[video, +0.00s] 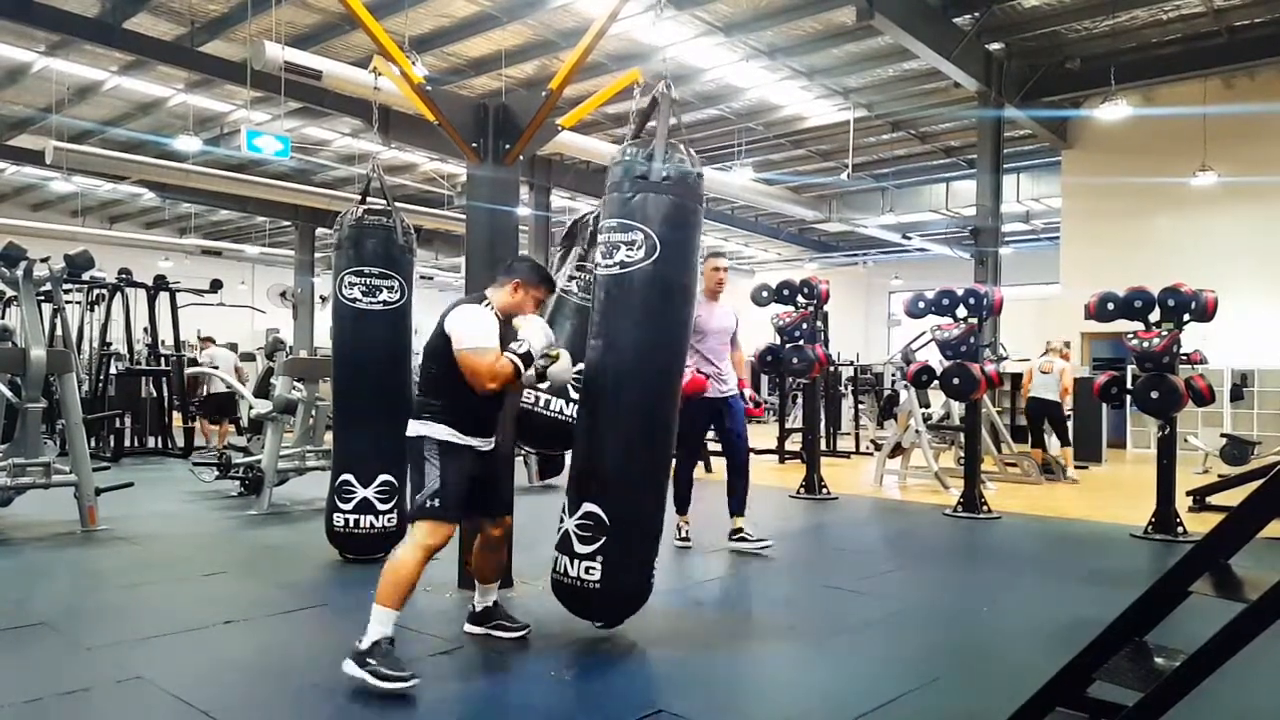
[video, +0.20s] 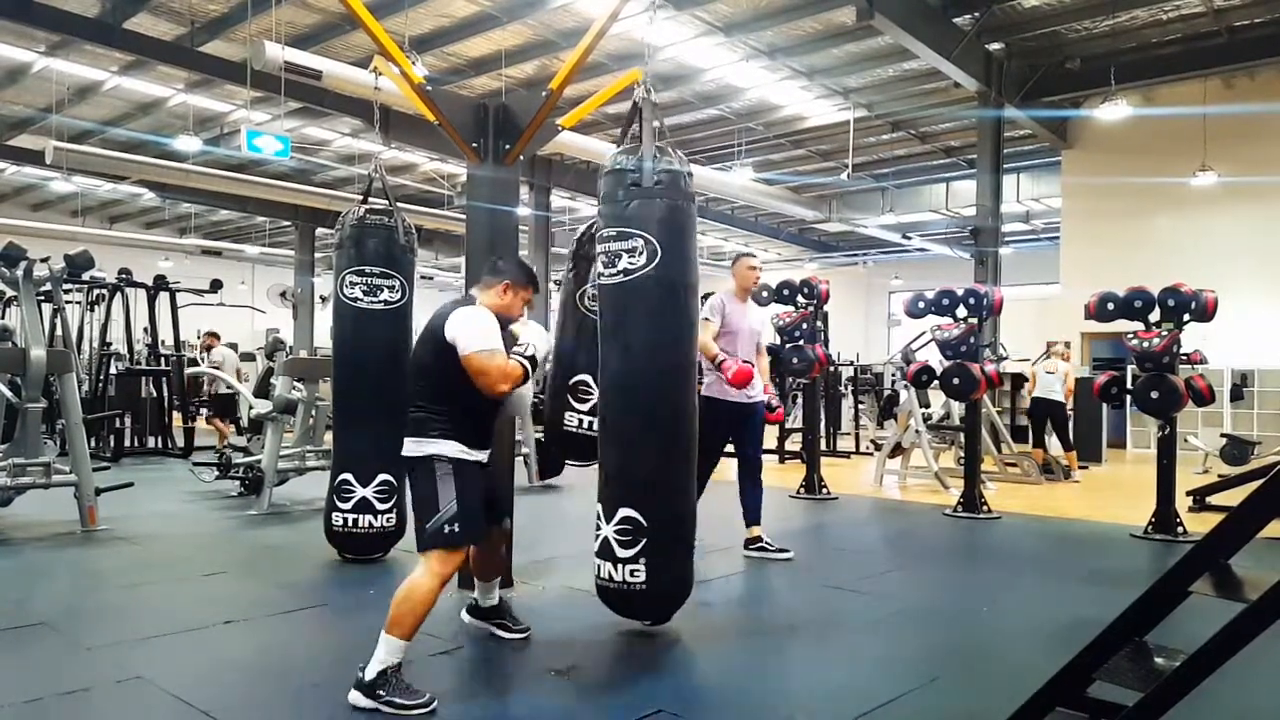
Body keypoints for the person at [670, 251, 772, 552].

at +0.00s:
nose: (721, 275)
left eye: (725, 270)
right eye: (716, 270)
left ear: (727, 276)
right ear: (702, 274)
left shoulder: (730, 314)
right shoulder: (690, 309)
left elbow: (736, 351)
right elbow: (674, 349)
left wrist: (744, 384)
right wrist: (681, 379)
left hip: (729, 395)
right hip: (695, 396)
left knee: (739, 456)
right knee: (686, 459)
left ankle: (738, 525)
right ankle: (682, 521)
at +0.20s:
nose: (758, 274)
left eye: (759, 270)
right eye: (752, 268)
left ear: (758, 275)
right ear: (734, 272)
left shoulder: (760, 313)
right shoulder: (719, 302)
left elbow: (761, 355)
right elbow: (703, 338)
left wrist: (768, 390)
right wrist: (724, 363)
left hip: (752, 401)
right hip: (717, 400)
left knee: (751, 465)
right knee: (701, 467)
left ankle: (754, 535)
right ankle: (678, 528)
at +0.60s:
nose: (825, 270)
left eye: (824, 264)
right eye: (821, 263)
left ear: (808, 268)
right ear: (806, 267)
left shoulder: (813, 308)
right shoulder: (778, 301)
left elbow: (817, 354)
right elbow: (753, 346)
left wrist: (834, 389)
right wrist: (751, 392)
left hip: (803, 394)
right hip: (783, 393)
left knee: (777, 462)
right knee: (806, 465)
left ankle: (757, 535)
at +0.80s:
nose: (864, 273)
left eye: (862, 267)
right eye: (861, 267)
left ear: (844, 270)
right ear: (848, 270)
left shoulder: (838, 306)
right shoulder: (815, 305)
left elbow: (836, 358)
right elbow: (793, 354)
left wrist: (850, 395)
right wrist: (791, 397)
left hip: (835, 402)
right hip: (824, 402)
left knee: (805, 469)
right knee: (843, 477)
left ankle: (765, 527)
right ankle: (861, 551)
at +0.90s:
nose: (879, 270)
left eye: (878, 265)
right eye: (877, 265)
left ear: (858, 267)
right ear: (865, 268)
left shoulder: (857, 304)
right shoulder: (835, 303)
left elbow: (856, 360)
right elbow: (822, 353)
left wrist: (867, 400)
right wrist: (825, 397)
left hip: (856, 398)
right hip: (843, 399)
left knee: (847, 471)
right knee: (855, 473)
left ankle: (790, 516)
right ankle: (861, 551)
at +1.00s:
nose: (893, 271)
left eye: (892, 265)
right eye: (891, 265)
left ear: (871, 265)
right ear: (881, 266)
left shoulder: (868, 302)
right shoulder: (855, 301)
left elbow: (865, 352)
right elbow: (854, 354)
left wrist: (879, 384)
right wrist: (869, 392)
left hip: (868, 397)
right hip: (852, 399)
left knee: (884, 468)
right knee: (860, 476)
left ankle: (824, 508)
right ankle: (862, 550)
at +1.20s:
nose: (927, 269)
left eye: (926, 263)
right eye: (926, 263)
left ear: (899, 261)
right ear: (920, 263)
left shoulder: (900, 296)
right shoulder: (896, 295)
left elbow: (913, 349)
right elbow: (913, 347)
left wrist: (946, 367)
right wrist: (949, 370)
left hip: (905, 400)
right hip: (891, 401)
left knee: (934, 467)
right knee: (880, 475)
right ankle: (863, 551)